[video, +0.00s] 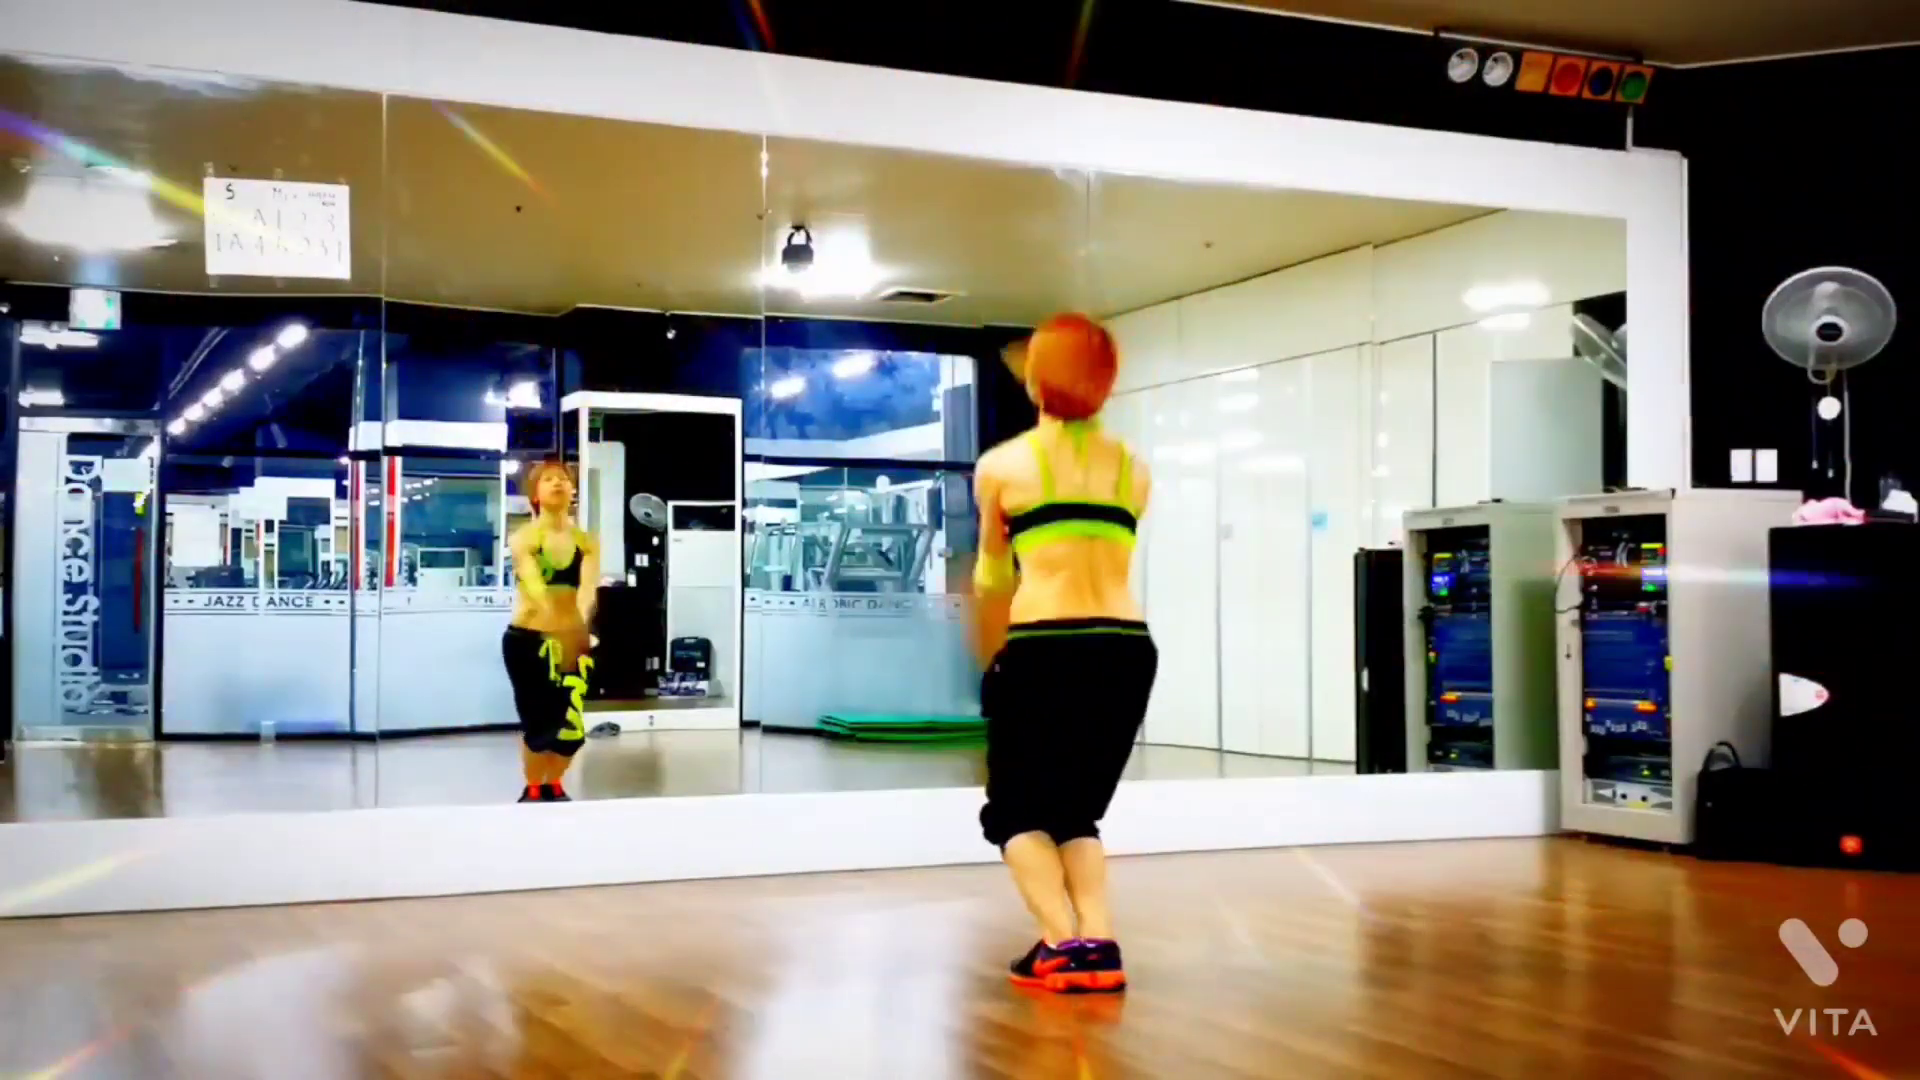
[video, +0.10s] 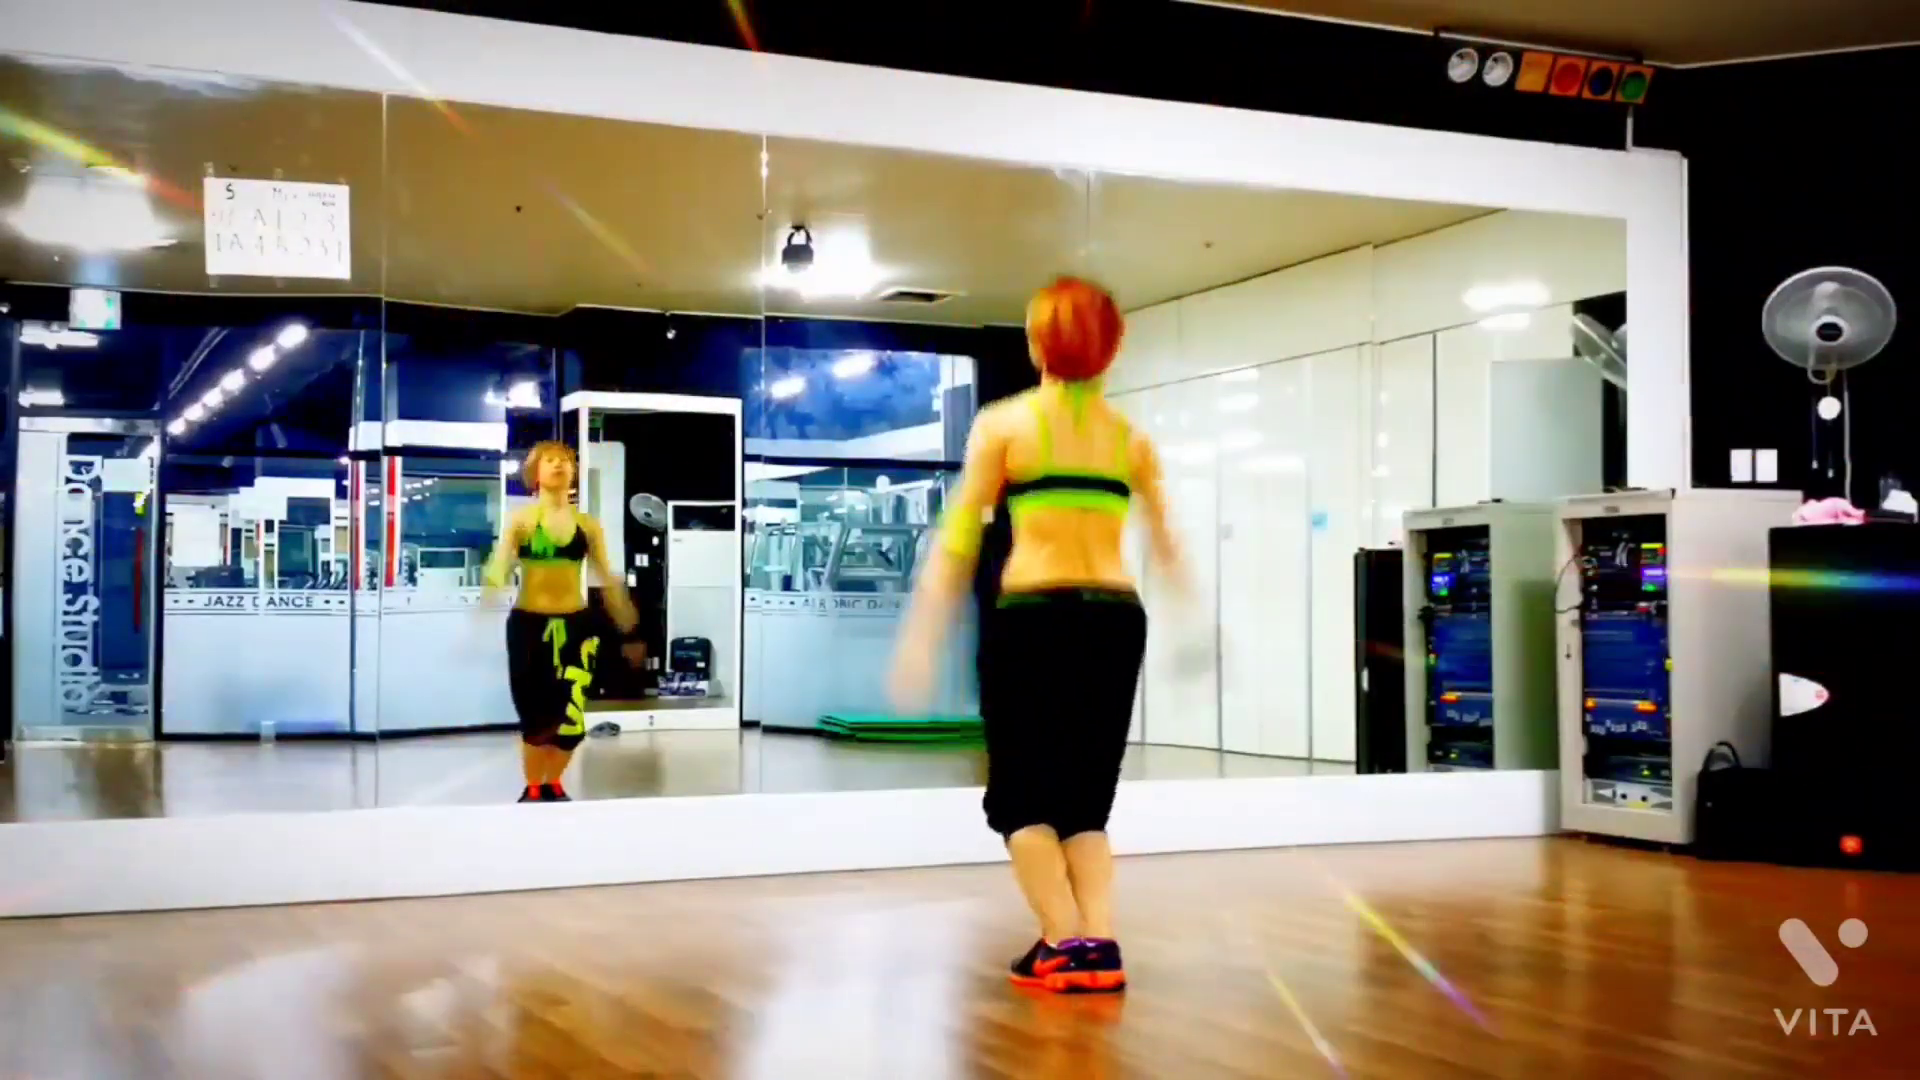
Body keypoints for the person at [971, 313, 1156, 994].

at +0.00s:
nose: (1038, 385)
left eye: (1035, 375)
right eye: (1075, 376)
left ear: (1033, 385)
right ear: (1101, 386)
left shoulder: (1002, 465)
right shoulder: (1132, 468)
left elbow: (993, 578)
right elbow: (1110, 562)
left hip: (1040, 652)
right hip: (1125, 649)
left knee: (1015, 809)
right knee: (1078, 811)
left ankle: (1060, 941)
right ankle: (1098, 943)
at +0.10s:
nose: (1042, 346)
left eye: (1037, 335)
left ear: (1038, 345)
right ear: (1109, 348)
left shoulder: (1002, 426)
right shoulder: (1129, 438)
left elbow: (958, 543)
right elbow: (1165, 545)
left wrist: (919, 640)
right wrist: (1193, 615)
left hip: (1029, 619)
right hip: (1115, 620)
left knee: (1017, 789)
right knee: (1084, 791)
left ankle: (1061, 938)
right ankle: (1099, 944)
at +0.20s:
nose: (1035, 310)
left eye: (1038, 300)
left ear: (1038, 309)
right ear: (1110, 312)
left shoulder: (1008, 379)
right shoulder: (1132, 390)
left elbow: (916, 427)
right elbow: (1217, 437)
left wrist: (840, 475)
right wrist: (1294, 467)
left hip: (1025, 584)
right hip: (1107, 582)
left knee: (1026, 768)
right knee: (1098, 768)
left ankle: (1063, 940)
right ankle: (1102, 944)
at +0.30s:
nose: (1030, 301)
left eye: (1034, 291)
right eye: (1038, 290)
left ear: (1041, 300)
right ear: (1108, 300)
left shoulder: (1011, 359)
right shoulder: (1128, 375)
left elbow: (926, 327)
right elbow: (1219, 346)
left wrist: (832, 311)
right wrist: (1306, 317)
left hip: (1022, 577)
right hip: (1104, 576)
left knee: (1036, 761)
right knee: (1111, 762)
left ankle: (1061, 937)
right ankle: (1102, 944)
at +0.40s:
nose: (1030, 281)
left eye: (1036, 273)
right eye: (1043, 270)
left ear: (1043, 291)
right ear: (1108, 297)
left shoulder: (1019, 354)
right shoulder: (1122, 369)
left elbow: (947, 249)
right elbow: (1187, 279)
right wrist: (1259, 193)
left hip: (1023, 576)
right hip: (1103, 575)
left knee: (1037, 764)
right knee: (1113, 763)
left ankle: (1062, 938)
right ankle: (1103, 944)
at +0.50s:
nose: (1034, 283)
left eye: (1037, 275)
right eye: (1092, 277)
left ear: (1039, 294)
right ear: (1113, 301)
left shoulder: (1021, 345)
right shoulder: (1118, 357)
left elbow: (987, 226)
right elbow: (1144, 256)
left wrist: (949, 116)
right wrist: (1177, 141)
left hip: (1022, 571)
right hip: (1103, 568)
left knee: (1036, 764)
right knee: (1113, 760)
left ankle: (1063, 938)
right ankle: (1103, 942)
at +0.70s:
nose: (1033, 277)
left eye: (1046, 264)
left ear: (1042, 285)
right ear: (1110, 287)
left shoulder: (1023, 345)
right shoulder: (1125, 358)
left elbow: (1000, 233)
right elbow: (1100, 250)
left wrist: (1014, 136)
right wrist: (1062, 149)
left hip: (1028, 575)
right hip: (1110, 574)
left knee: (1038, 765)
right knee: (1113, 764)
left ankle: (1063, 940)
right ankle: (1103, 944)